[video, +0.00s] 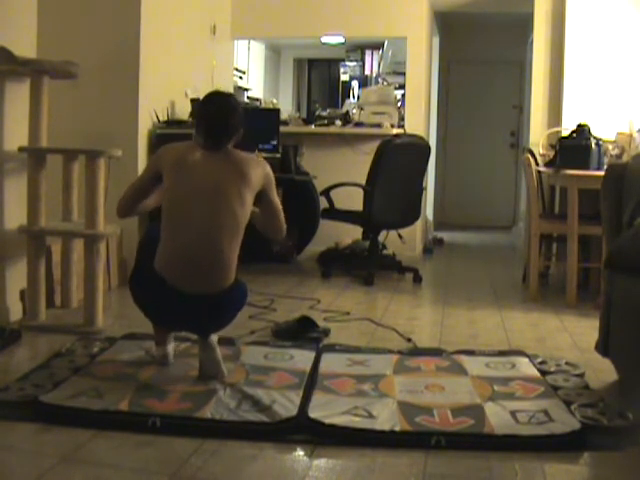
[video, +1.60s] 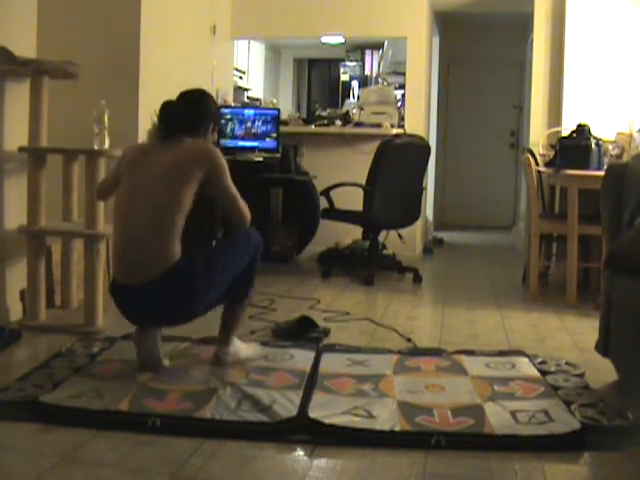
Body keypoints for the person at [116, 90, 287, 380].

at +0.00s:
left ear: (196, 125)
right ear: (238, 135)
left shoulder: (169, 156)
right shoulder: (256, 168)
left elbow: (124, 208)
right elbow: (276, 231)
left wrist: (167, 193)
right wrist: (247, 203)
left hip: (165, 308)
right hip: (216, 312)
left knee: (151, 236)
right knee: (237, 285)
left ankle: (163, 346)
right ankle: (209, 340)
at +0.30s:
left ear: (185, 123)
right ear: (226, 133)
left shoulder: (156, 154)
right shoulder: (243, 166)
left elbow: (111, 203)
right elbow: (242, 232)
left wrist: (151, 196)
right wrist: (210, 208)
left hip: (152, 301)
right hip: (203, 306)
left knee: (132, 269)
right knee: (224, 281)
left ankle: (152, 349)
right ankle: (204, 338)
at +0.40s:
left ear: (180, 124)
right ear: (220, 134)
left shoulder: (150, 155)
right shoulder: (235, 166)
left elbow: (104, 199)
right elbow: (240, 232)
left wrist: (140, 172)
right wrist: (210, 206)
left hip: (146, 304)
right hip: (197, 308)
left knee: (128, 272)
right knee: (220, 277)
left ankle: (150, 346)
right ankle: (205, 338)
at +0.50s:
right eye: (214, 121)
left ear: (174, 118)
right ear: (214, 128)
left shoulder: (143, 153)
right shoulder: (227, 162)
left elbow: (102, 183)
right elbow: (250, 228)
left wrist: (128, 155)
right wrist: (223, 191)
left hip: (142, 303)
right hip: (194, 305)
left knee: (128, 274)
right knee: (219, 279)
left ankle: (148, 341)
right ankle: (204, 336)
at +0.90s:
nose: (205, 133)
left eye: (205, 126)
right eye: (205, 126)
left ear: (159, 119)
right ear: (201, 126)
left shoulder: (131, 147)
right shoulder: (203, 156)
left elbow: (108, 150)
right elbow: (250, 223)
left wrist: (100, 138)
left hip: (125, 298)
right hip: (172, 298)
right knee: (231, 274)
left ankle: (142, 335)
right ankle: (201, 330)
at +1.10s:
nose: (206, 134)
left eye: (207, 128)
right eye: (207, 128)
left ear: (160, 120)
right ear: (201, 125)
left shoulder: (129, 143)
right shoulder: (199, 151)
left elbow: (104, 161)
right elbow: (236, 223)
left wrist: (99, 143)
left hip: (123, 297)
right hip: (168, 296)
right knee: (239, 249)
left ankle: (144, 334)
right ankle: (197, 339)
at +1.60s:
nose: (213, 138)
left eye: (215, 133)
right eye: (215, 132)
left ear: (168, 123)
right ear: (209, 130)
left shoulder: (135, 153)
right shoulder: (204, 154)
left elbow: (102, 192)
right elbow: (242, 218)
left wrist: (129, 163)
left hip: (127, 303)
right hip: (173, 300)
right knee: (250, 240)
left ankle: (147, 339)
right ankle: (227, 343)